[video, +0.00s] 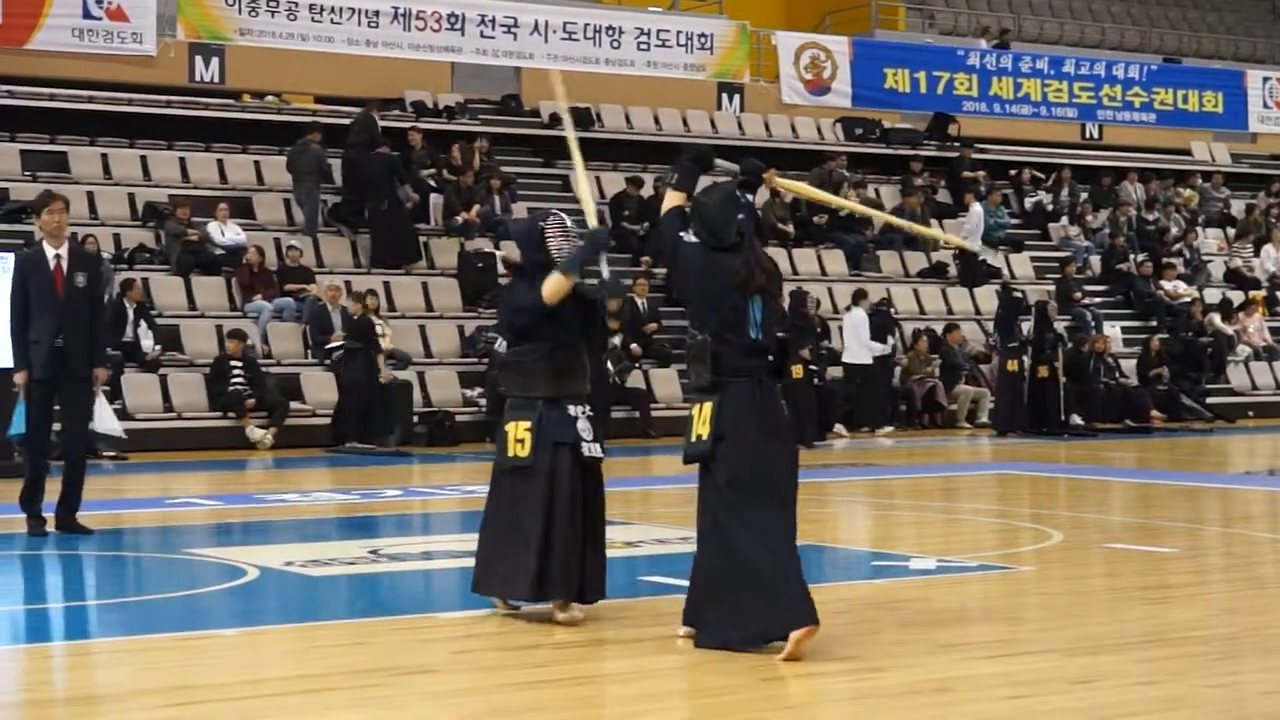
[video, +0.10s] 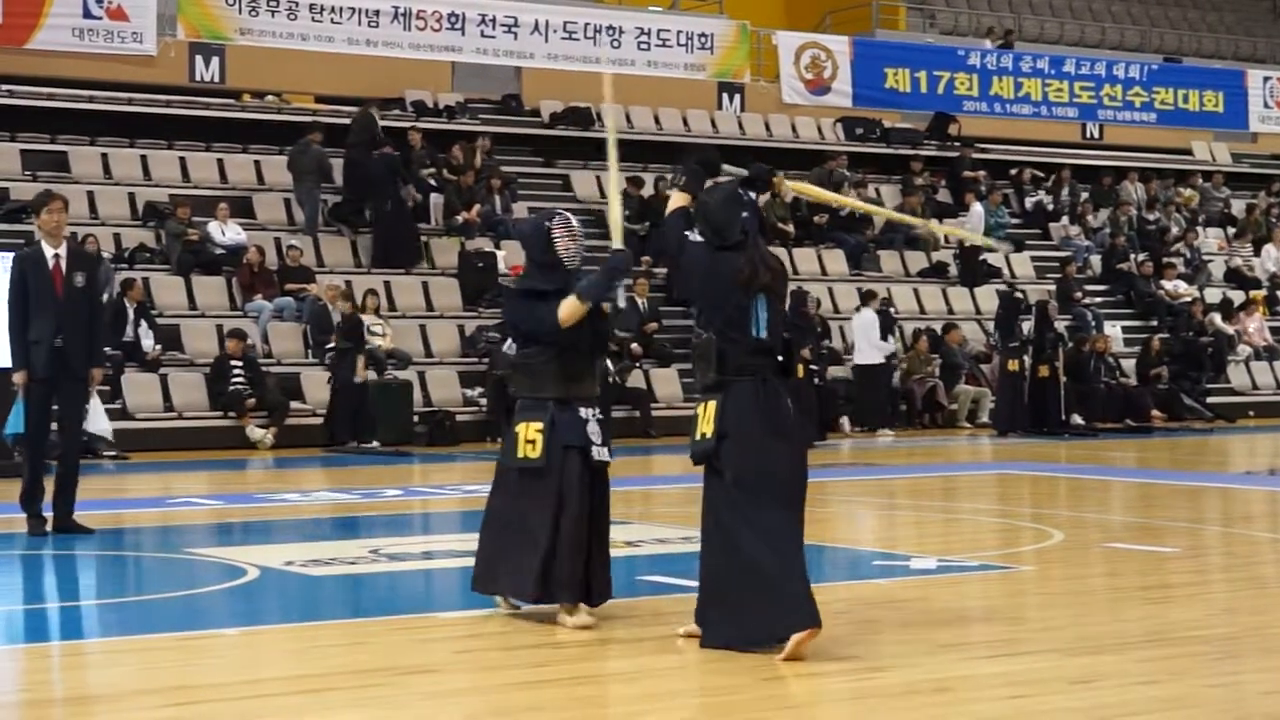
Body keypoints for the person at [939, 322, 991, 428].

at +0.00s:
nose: (961, 335)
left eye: (960, 333)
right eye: (958, 333)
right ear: (948, 335)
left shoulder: (959, 350)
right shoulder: (945, 350)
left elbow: (971, 362)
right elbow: (955, 363)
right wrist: (968, 366)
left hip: (962, 384)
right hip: (949, 386)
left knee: (984, 393)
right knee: (967, 391)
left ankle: (982, 418)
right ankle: (960, 420)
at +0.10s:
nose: (961, 336)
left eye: (960, 333)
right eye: (957, 333)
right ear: (948, 335)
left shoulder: (958, 349)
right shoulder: (944, 349)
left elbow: (970, 361)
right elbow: (955, 363)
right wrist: (966, 365)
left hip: (961, 385)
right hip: (948, 386)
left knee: (985, 393)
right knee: (967, 391)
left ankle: (982, 418)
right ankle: (961, 420)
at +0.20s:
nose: (957, 335)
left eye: (957, 332)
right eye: (954, 332)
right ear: (946, 335)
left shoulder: (957, 349)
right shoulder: (942, 349)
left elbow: (969, 358)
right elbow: (956, 362)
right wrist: (966, 364)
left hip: (961, 384)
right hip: (948, 386)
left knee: (986, 392)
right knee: (968, 390)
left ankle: (982, 418)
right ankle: (961, 420)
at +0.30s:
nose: (954, 336)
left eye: (954, 333)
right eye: (951, 333)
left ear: (956, 334)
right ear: (943, 335)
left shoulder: (956, 349)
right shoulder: (941, 349)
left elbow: (969, 357)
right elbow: (955, 362)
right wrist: (966, 363)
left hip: (961, 384)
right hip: (947, 386)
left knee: (986, 392)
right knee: (968, 390)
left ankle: (983, 418)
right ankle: (962, 420)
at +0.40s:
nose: (952, 335)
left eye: (952, 332)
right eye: (949, 332)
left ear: (953, 334)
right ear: (941, 335)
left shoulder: (954, 349)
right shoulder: (940, 350)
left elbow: (967, 357)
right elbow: (951, 362)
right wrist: (965, 363)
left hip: (961, 384)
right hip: (947, 386)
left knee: (986, 392)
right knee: (968, 390)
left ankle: (983, 418)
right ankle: (962, 420)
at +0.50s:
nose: (951, 335)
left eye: (951, 332)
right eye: (948, 333)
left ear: (953, 333)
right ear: (941, 335)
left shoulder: (955, 347)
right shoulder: (938, 349)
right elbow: (951, 362)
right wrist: (963, 363)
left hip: (960, 384)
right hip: (947, 386)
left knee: (986, 391)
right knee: (968, 390)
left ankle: (983, 418)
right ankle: (962, 420)